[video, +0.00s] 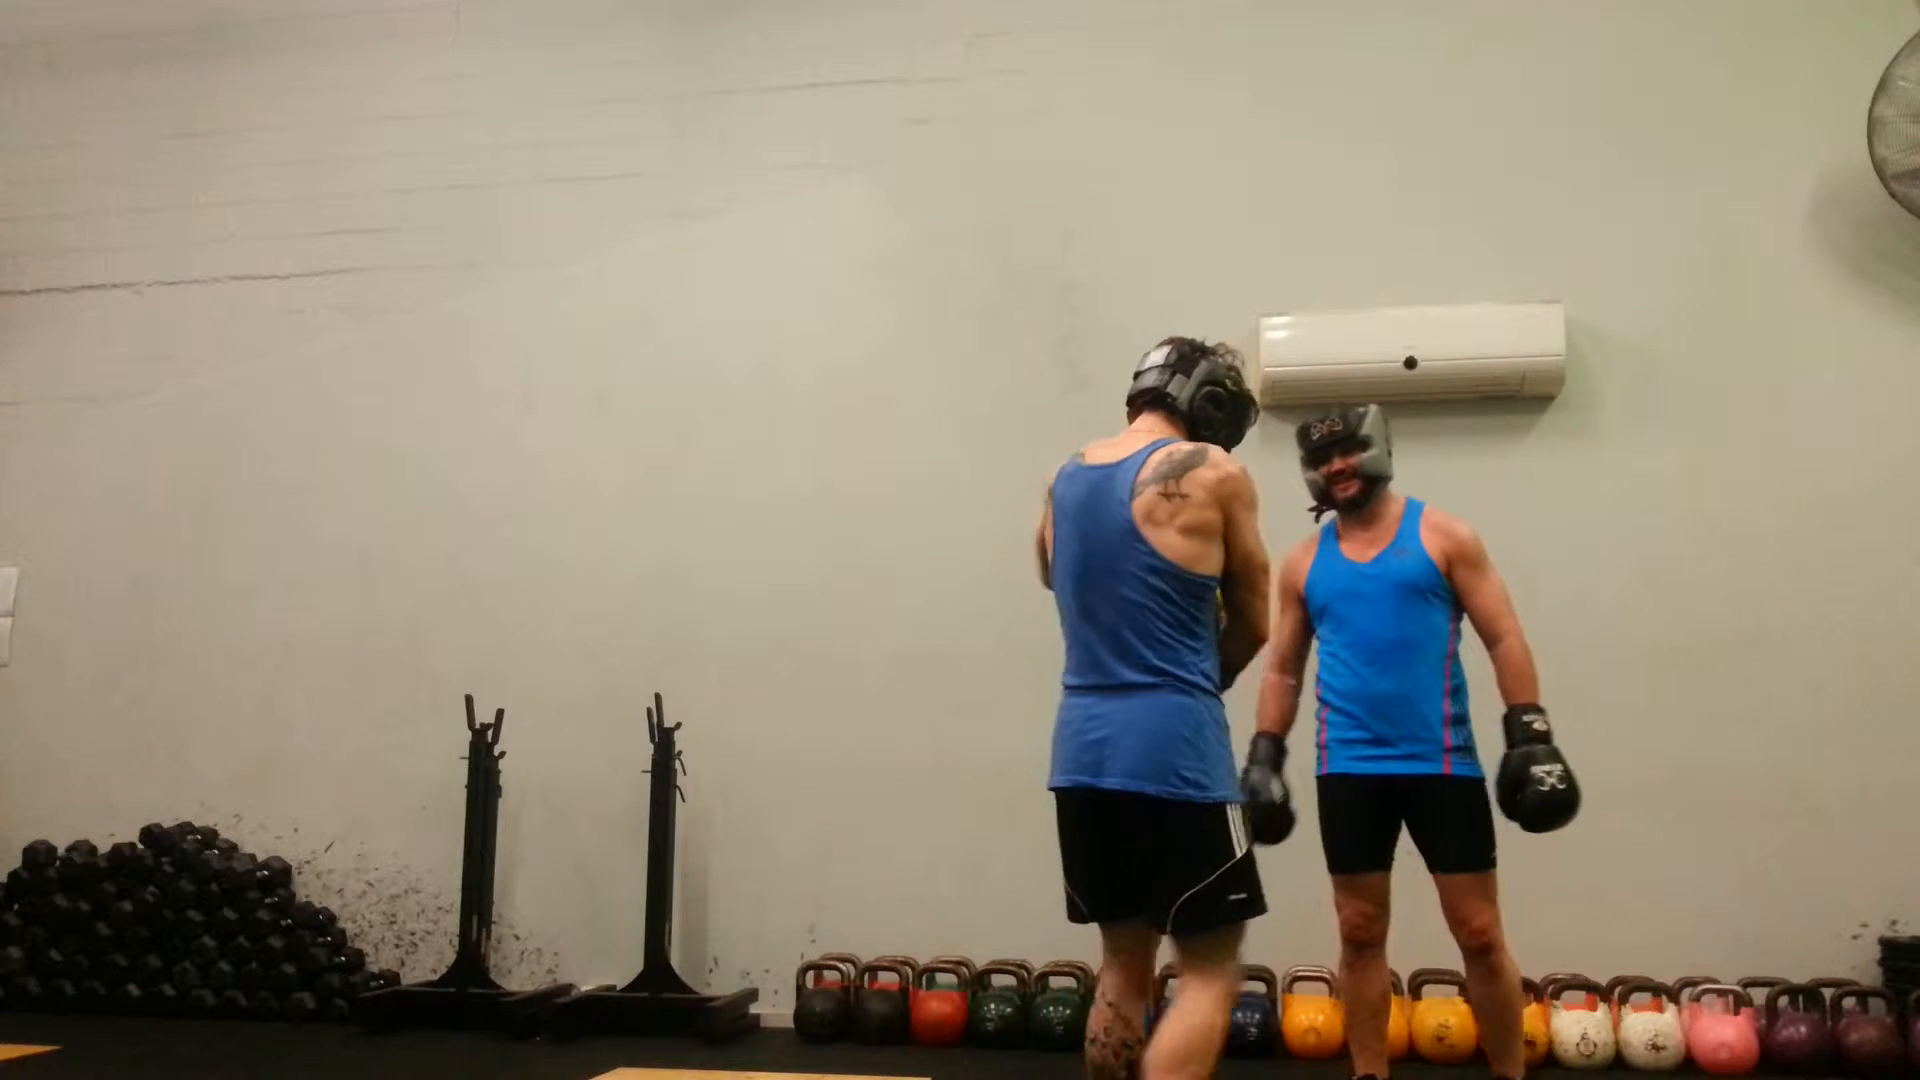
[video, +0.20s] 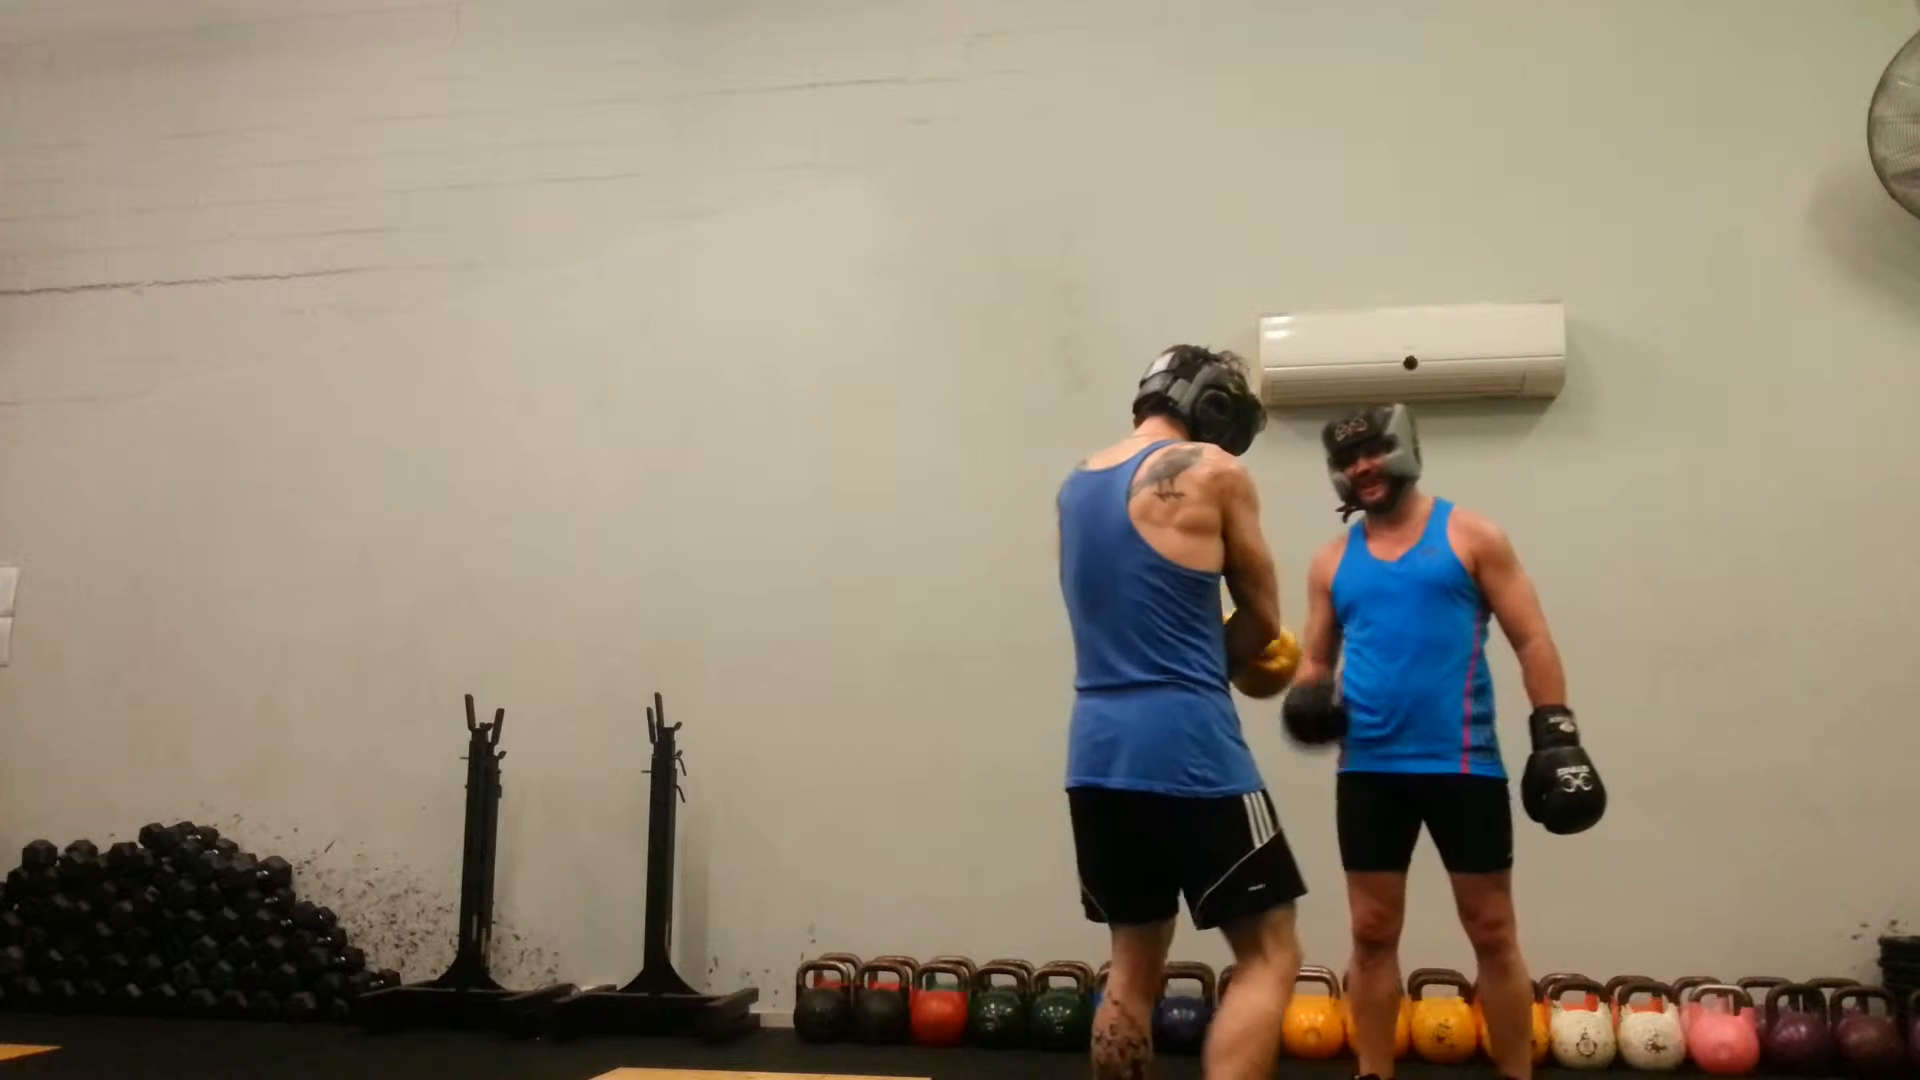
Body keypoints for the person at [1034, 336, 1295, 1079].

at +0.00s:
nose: (1227, 437)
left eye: (1229, 425)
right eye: (1226, 422)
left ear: (1138, 398)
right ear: (1205, 404)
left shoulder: (1069, 472)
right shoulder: (1216, 471)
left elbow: (1055, 573)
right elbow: (1253, 622)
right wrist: (1186, 687)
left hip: (1082, 762)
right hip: (1177, 765)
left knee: (1122, 962)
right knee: (1209, 972)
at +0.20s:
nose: (1231, 443)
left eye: (1235, 433)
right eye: (1232, 429)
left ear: (1143, 404)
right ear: (1210, 410)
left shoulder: (1080, 478)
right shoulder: (1215, 470)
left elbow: (1112, 616)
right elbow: (1263, 616)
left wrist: (1223, 649)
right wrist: (1196, 655)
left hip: (1097, 762)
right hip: (1192, 760)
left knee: (1134, 957)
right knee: (1269, 953)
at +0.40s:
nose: (1254, 442)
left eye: (1259, 433)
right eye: (1256, 428)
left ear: (1170, 404)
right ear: (1235, 410)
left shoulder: (1107, 478)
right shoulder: (1240, 472)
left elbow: (1147, 621)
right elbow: (1295, 614)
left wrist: (1243, 669)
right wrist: (1208, 657)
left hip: (1124, 764)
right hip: (1221, 763)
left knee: (1145, 964)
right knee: (1294, 967)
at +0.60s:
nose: (1314, 409)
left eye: (1310, 397)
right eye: (1309, 396)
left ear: (1218, 395)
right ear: (1294, 399)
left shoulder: (1165, 477)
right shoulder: (1300, 478)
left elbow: (1201, 613)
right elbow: (1348, 620)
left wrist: (1301, 646)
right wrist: (1258, 637)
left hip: (1172, 757)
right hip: (1272, 759)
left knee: (1175, 963)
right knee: (1318, 973)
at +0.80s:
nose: (1381, 391)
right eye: (1374, 378)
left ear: (1276, 383)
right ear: (1359, 387)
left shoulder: (1229, 465)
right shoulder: (1380, 477)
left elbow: (1196, 577)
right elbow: (1403, 606)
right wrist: (1302, 633)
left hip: (1221, 755)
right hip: (1327, 759)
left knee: (1190, 960)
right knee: (1344, 983)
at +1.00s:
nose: (1419, 385)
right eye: (1416, 374)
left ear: (1318, 375)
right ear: (1406, 384)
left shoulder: (1258, 456)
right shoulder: (1430, 476)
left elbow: (1211, 562)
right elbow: (1431, 601)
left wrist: (1285, 621)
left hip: (1251, 758)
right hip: (1364, 762)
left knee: (1216, 975)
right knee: (1363, 985)